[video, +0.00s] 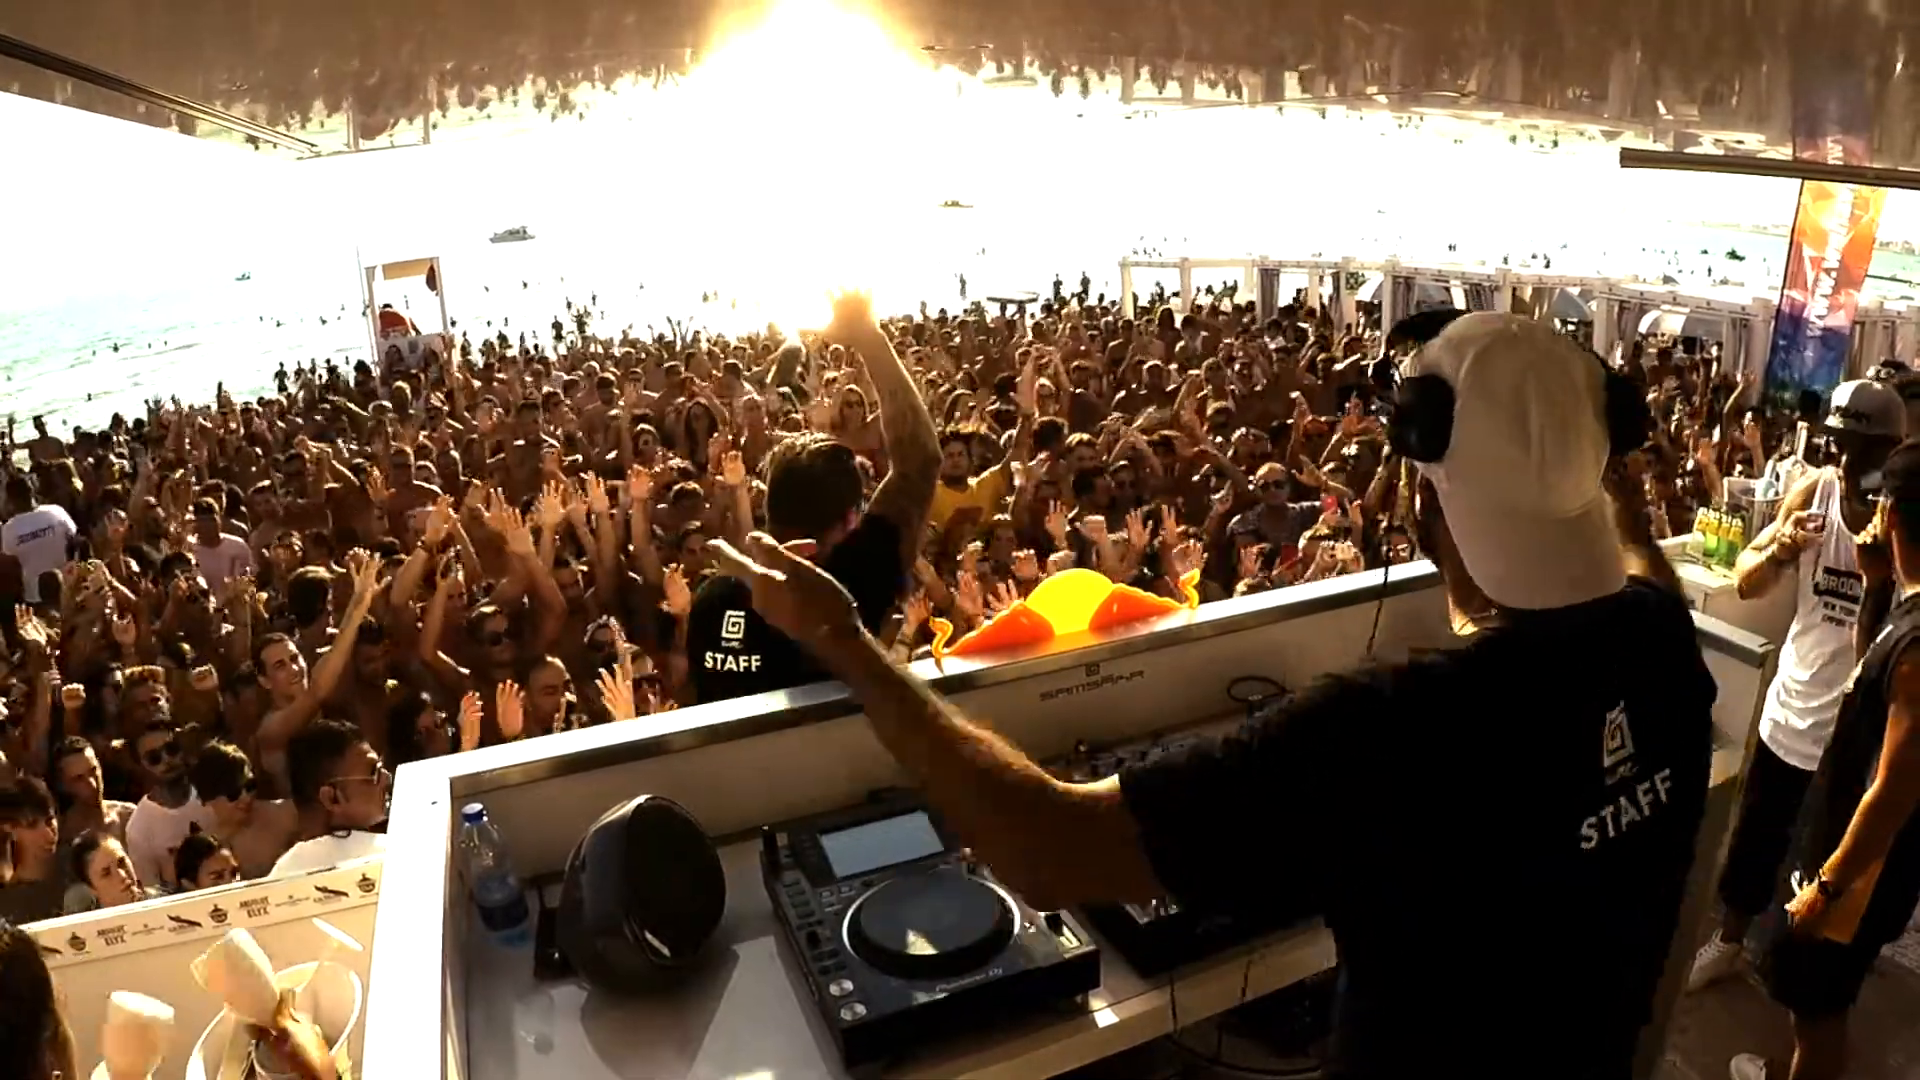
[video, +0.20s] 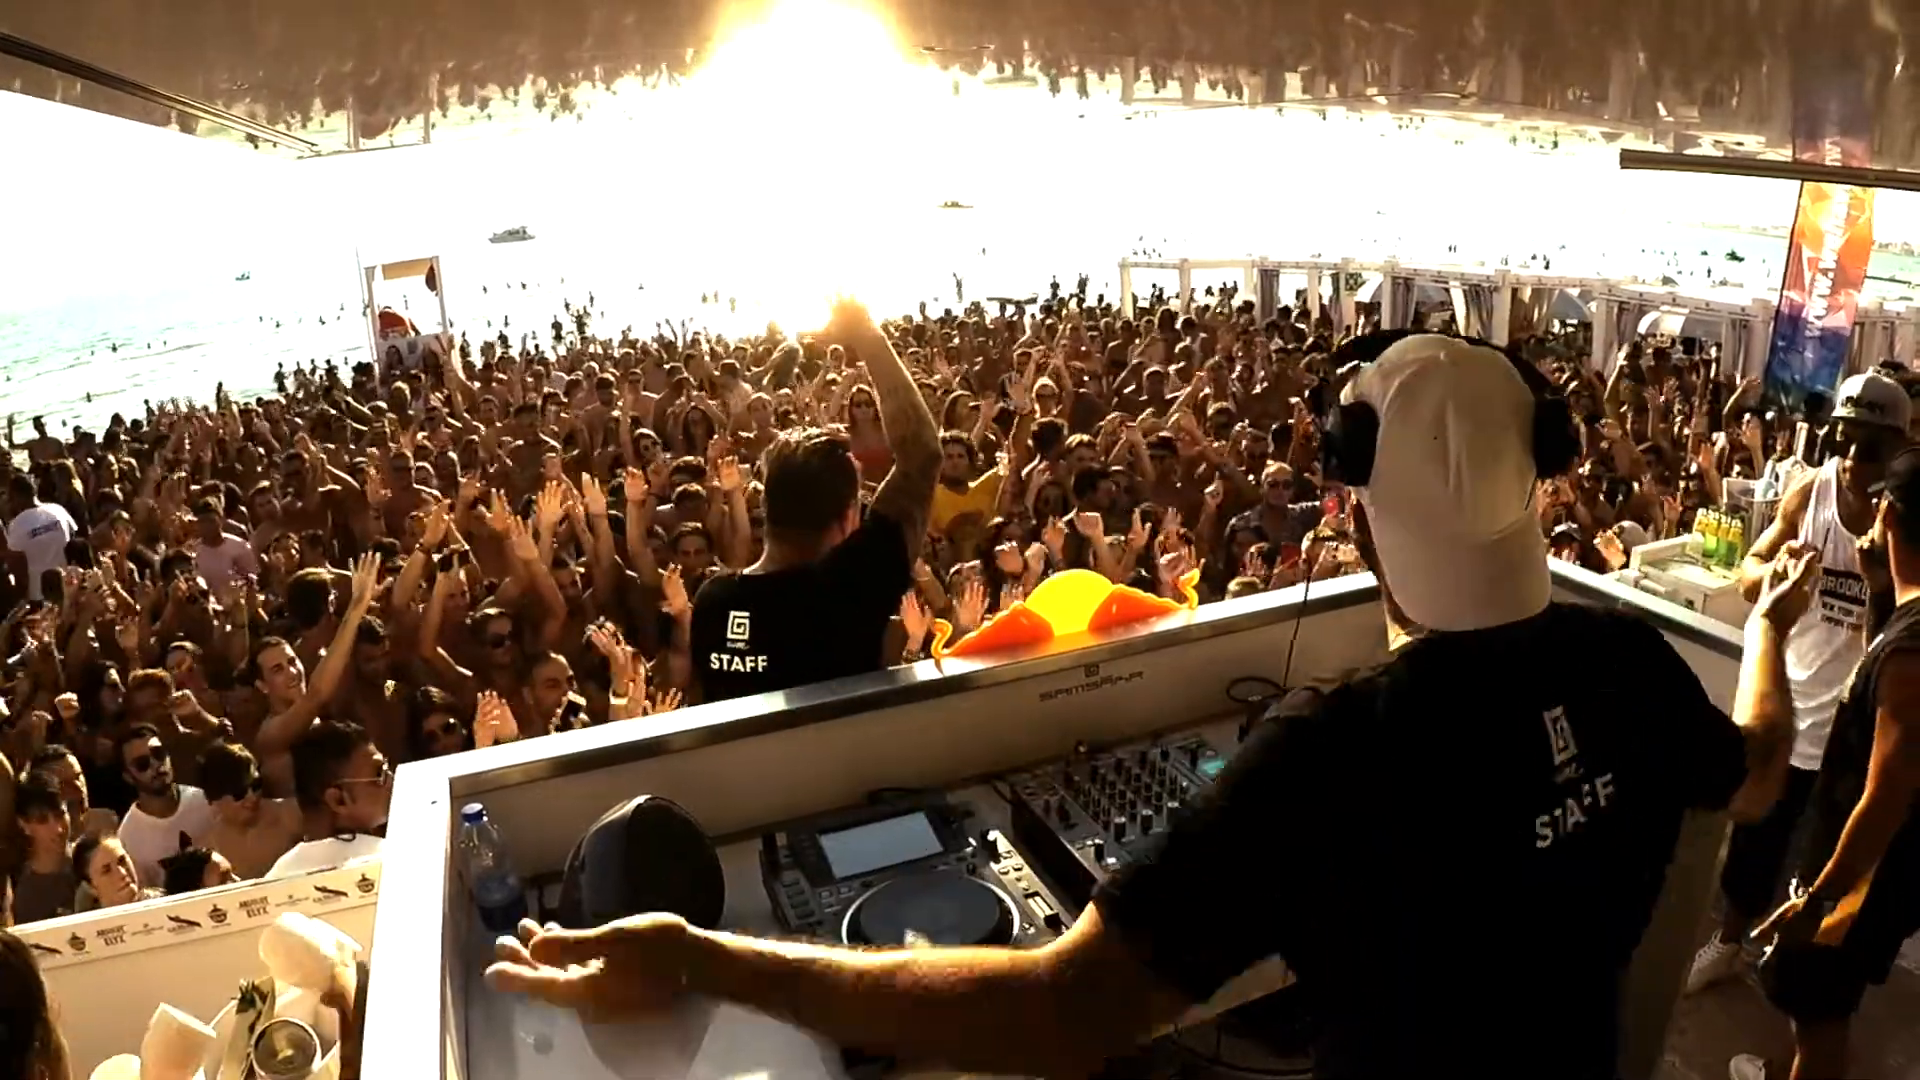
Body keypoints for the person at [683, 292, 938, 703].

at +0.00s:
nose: (864, 517)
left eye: (860, 503)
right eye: (861, 506)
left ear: (768, 510)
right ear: (848, 521)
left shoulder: (712, 600)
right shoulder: (849, 589)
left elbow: (691, 711)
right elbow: (918, 462)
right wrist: (865, 333)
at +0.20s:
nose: (860, 516)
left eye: (858, 503)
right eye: (859, 505)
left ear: (766, 505)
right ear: (847, 519)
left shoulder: (712, 600)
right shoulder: (855, 584)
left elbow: (703, 715)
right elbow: (920, 452)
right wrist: (861, 328)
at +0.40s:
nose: (862, 505)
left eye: (859, 492)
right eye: (860, 494)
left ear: (767, 493)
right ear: (850, 505)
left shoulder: (715, 591)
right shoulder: (856, 576)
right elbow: (920, 442)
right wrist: (864, 329)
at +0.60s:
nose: (868, 498)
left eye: (866, 485)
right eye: (865, 486)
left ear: (769, 496)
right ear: (849, 498)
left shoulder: (721, 592)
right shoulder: (868, 566)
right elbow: (925, 438)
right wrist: (869, 321)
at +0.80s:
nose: (874, 492)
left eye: (872, 480)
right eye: (871, 481)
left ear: (776, 491)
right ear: (857, 492)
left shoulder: (726, 589)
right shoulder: (870, 564)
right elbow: (926, 430)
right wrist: (881, 313)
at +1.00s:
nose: (880, 484)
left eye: (876, 471)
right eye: (877, 474)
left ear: (784, 490)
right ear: (865, 491)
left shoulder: (733, 583)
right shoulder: (878, 563)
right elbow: (925, 429)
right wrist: (880, 311)